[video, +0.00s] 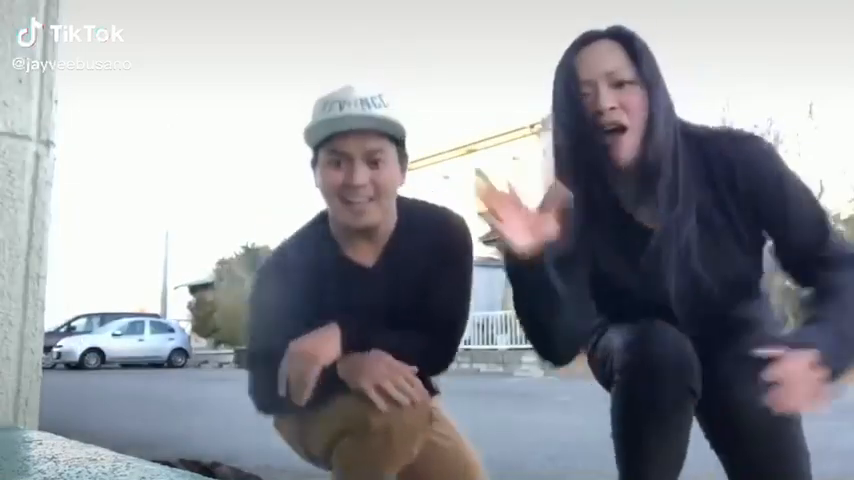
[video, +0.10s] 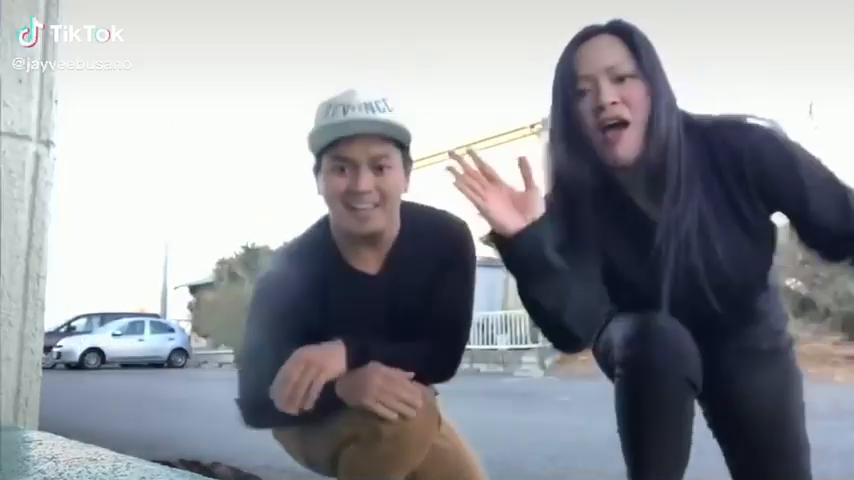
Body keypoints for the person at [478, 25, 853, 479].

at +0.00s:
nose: (604, 104)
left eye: (621, 85)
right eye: (586, 91)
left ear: (651, 92)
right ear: (569, 109)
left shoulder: (738, 161)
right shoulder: (571, 200)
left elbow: (833, 266)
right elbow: (558, 345)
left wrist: (822, 349)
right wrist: (529, 263)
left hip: (736, 340)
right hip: (635, 341)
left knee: (781, 468)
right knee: (657, 356)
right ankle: (643, 471)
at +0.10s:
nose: (604, 100)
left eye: (621, 79)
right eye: (584, 90)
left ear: (654, 87)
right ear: (569, 112)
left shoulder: (740, 150)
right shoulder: (576, 193)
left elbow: (842, 229)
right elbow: (576, 331)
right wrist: (526, 241)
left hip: (744, 338)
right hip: (642, 339)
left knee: (782, 470)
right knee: (658, 345)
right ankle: (652, 474)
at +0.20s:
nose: (610, 98)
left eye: (628, 76)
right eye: (588, 86)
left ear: (660, 86)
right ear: (570, 109)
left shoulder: (745, 145)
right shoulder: (577, 195)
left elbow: (848, 203)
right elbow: (580, 330)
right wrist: (529, 234)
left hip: (754, 334)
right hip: (653, 335)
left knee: (781, 471)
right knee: (657, 342)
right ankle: (671, 472)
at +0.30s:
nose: (614, 97)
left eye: (633, 76)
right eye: (592, 85)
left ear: (665, 85)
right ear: (575, 109)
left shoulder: (757, 147)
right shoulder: (587, 193)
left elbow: (853, 195)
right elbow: (582, 336)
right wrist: (521, 248)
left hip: (766, 324)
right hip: (661, 322)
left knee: (784, 470)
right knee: (678, 346)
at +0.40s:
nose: (619, 88)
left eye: (636, 65)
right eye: (597, 78)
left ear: (670, 76)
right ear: (583, 104)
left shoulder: (768, 135)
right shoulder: (596, 181)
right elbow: (591, 335)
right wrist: (511, 263)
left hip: (785, 312)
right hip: (678, 312)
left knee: (788, 471)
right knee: (705, 350)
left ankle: (744, 450)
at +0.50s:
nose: (634, 60)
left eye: (652, 33)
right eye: (611, 50)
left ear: (684, 38)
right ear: (594, 74)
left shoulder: (771, 102)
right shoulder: (612, 160)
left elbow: (851, 106)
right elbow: (623, 302)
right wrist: (522, 243)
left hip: (808, 284)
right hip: (701, 291)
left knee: (801, 464)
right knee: (724, 360)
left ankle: (752, 453)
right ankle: (703, 471)